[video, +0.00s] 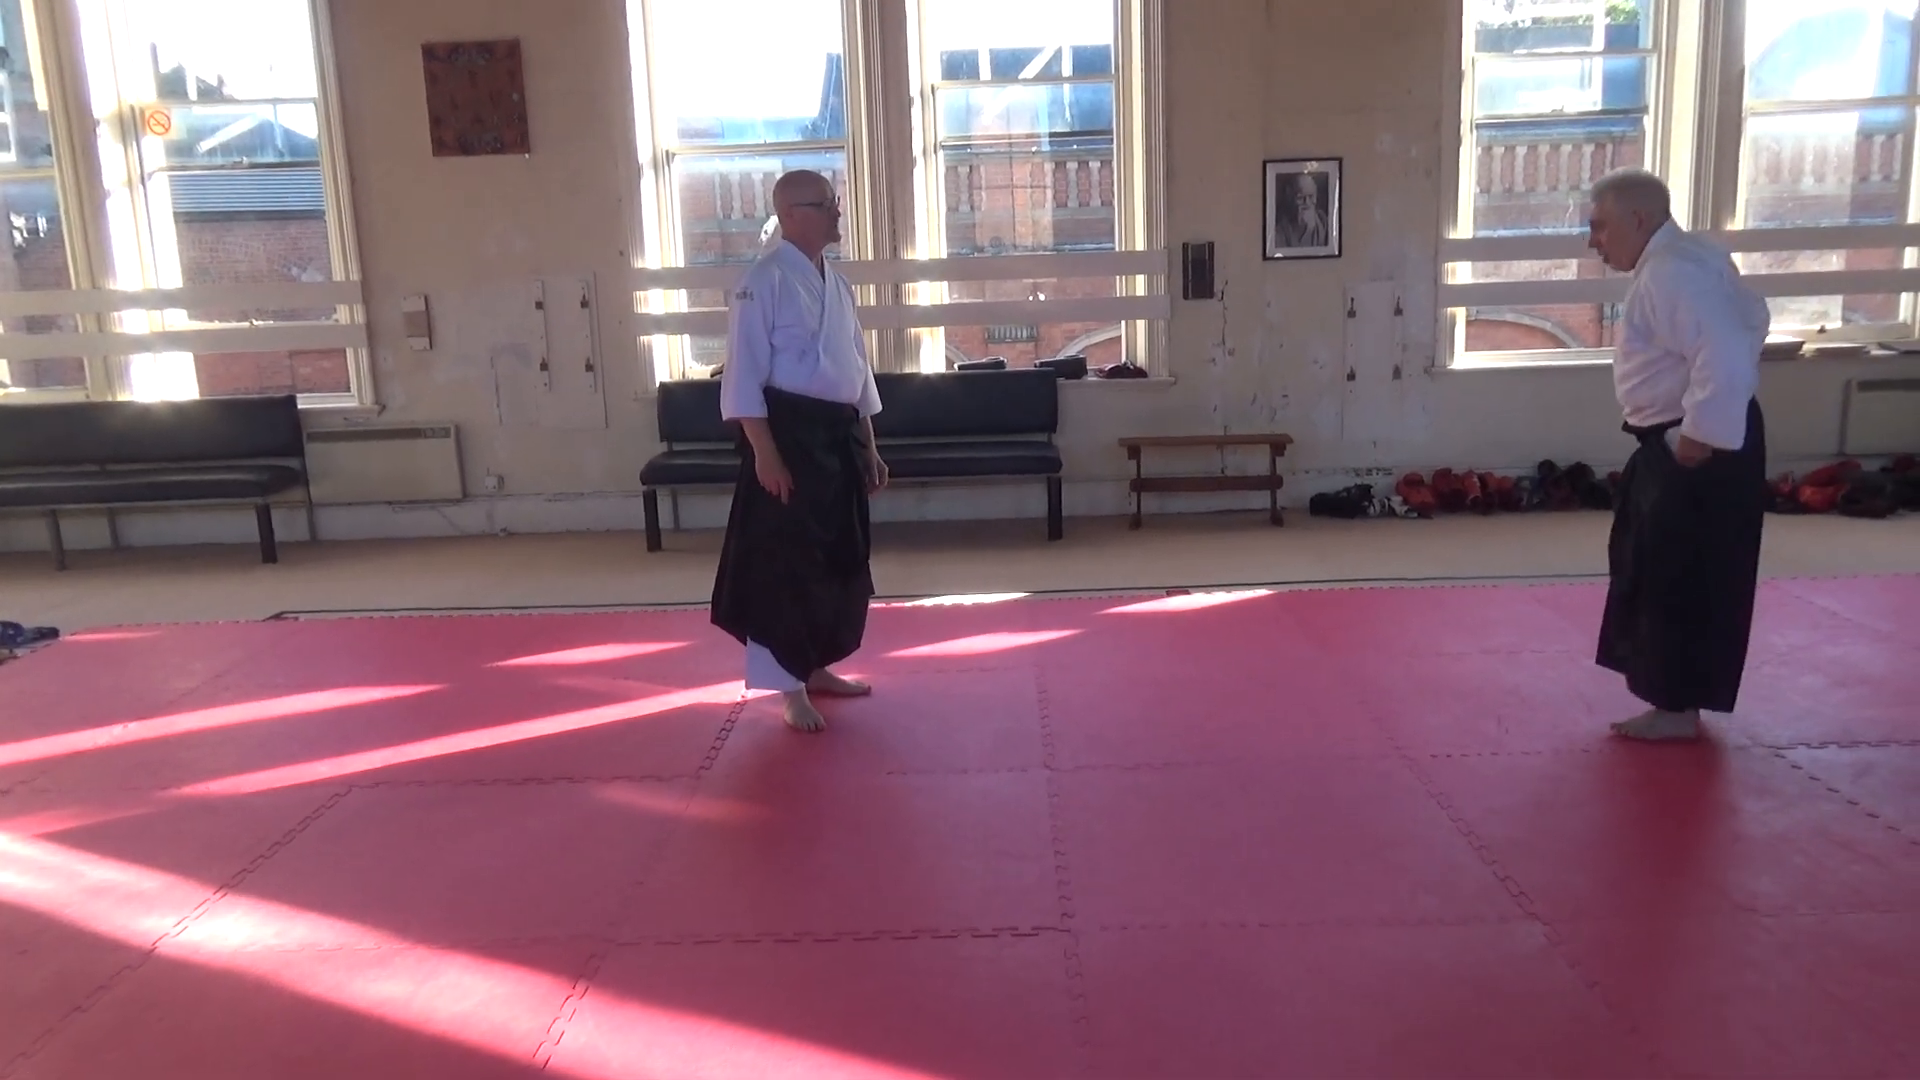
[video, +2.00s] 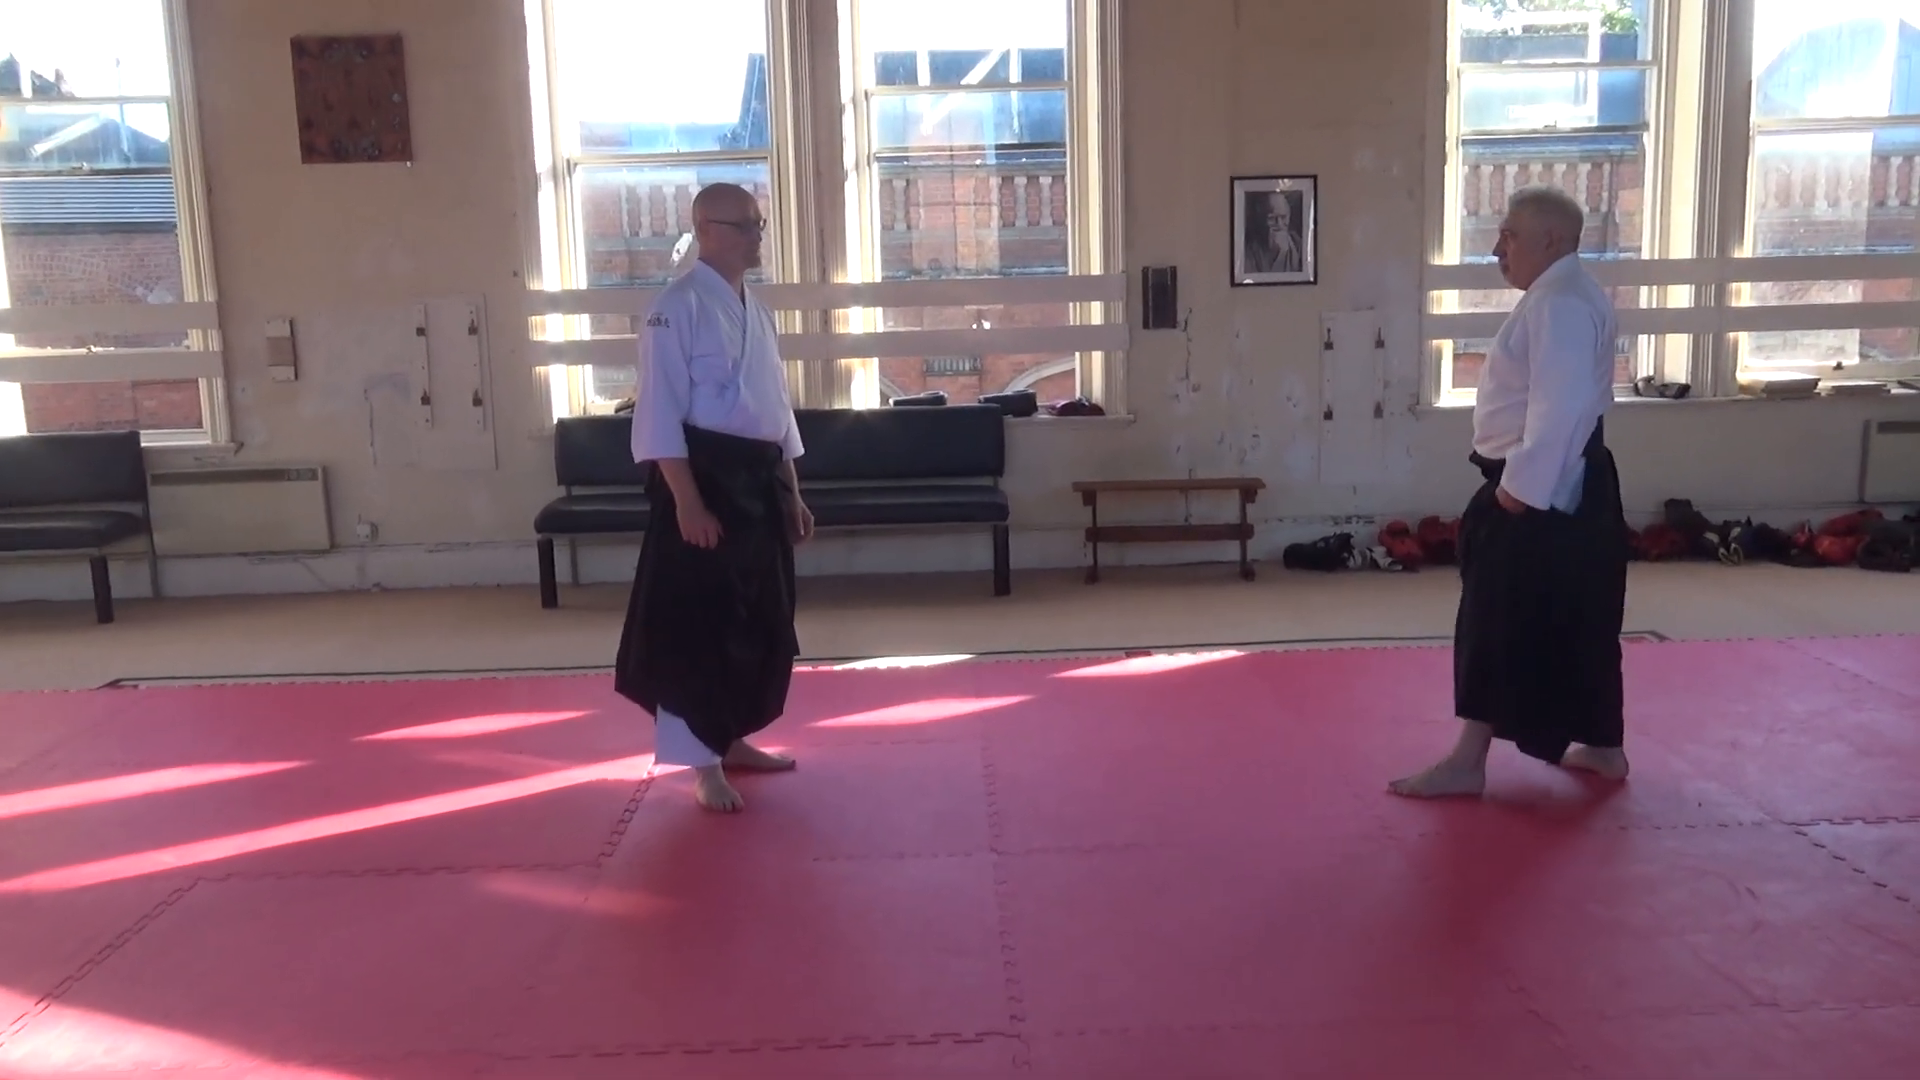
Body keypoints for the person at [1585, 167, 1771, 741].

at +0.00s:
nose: (1593, 239)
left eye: (1600, 225)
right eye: (1592, 226)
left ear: (1640, 219)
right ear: (1646, 221)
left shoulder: (1671, 268)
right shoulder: (1691, 255)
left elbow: (1723, 347)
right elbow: (1754, 317)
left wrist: (1700, 429)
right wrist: (1724, 382)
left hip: (1690, 444)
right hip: (1693, 439)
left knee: (1677, 568)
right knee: (1679, 566)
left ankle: (1677, 706)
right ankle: (1674, 700)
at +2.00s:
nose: (1497, 246)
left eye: (1508, 234)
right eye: (1501, 233)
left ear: (1548, 241)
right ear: (1555, 242)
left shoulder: (1558, 303)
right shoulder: (1579, 294)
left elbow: (1560, 406)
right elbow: (1578, 401)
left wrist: (1520, 488)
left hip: (1531, 487)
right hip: (1578, 481)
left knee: (1490, 625)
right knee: (1585, 618)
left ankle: (1467, 760)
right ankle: (1605, 746)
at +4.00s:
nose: (1647, 215)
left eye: (1660, 199)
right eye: (1646, 199)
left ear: (1715, 197)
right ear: (1711, 199)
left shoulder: (1736, 287)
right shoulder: (1711, 273)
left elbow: (1648, 421)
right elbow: (1623, 366)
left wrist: (1582, 464)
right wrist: (1528, 427)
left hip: (1709, 526)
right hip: (1747, 516)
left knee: (1638, 703)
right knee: (1770, 704)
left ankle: (1615, 894)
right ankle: (1801, 879)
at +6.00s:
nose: (939, 236)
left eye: (953, 225)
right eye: (930, 227)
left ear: (988, 237)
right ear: (920, 242)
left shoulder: (1045, 308)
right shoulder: (902, 325)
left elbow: (1108, 375)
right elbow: (843, 382)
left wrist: (1136, 434)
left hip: (1045, 507)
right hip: (957, 512)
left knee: (1086, 638)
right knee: (936, 649)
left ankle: (1122, 753)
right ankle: (942, 794)